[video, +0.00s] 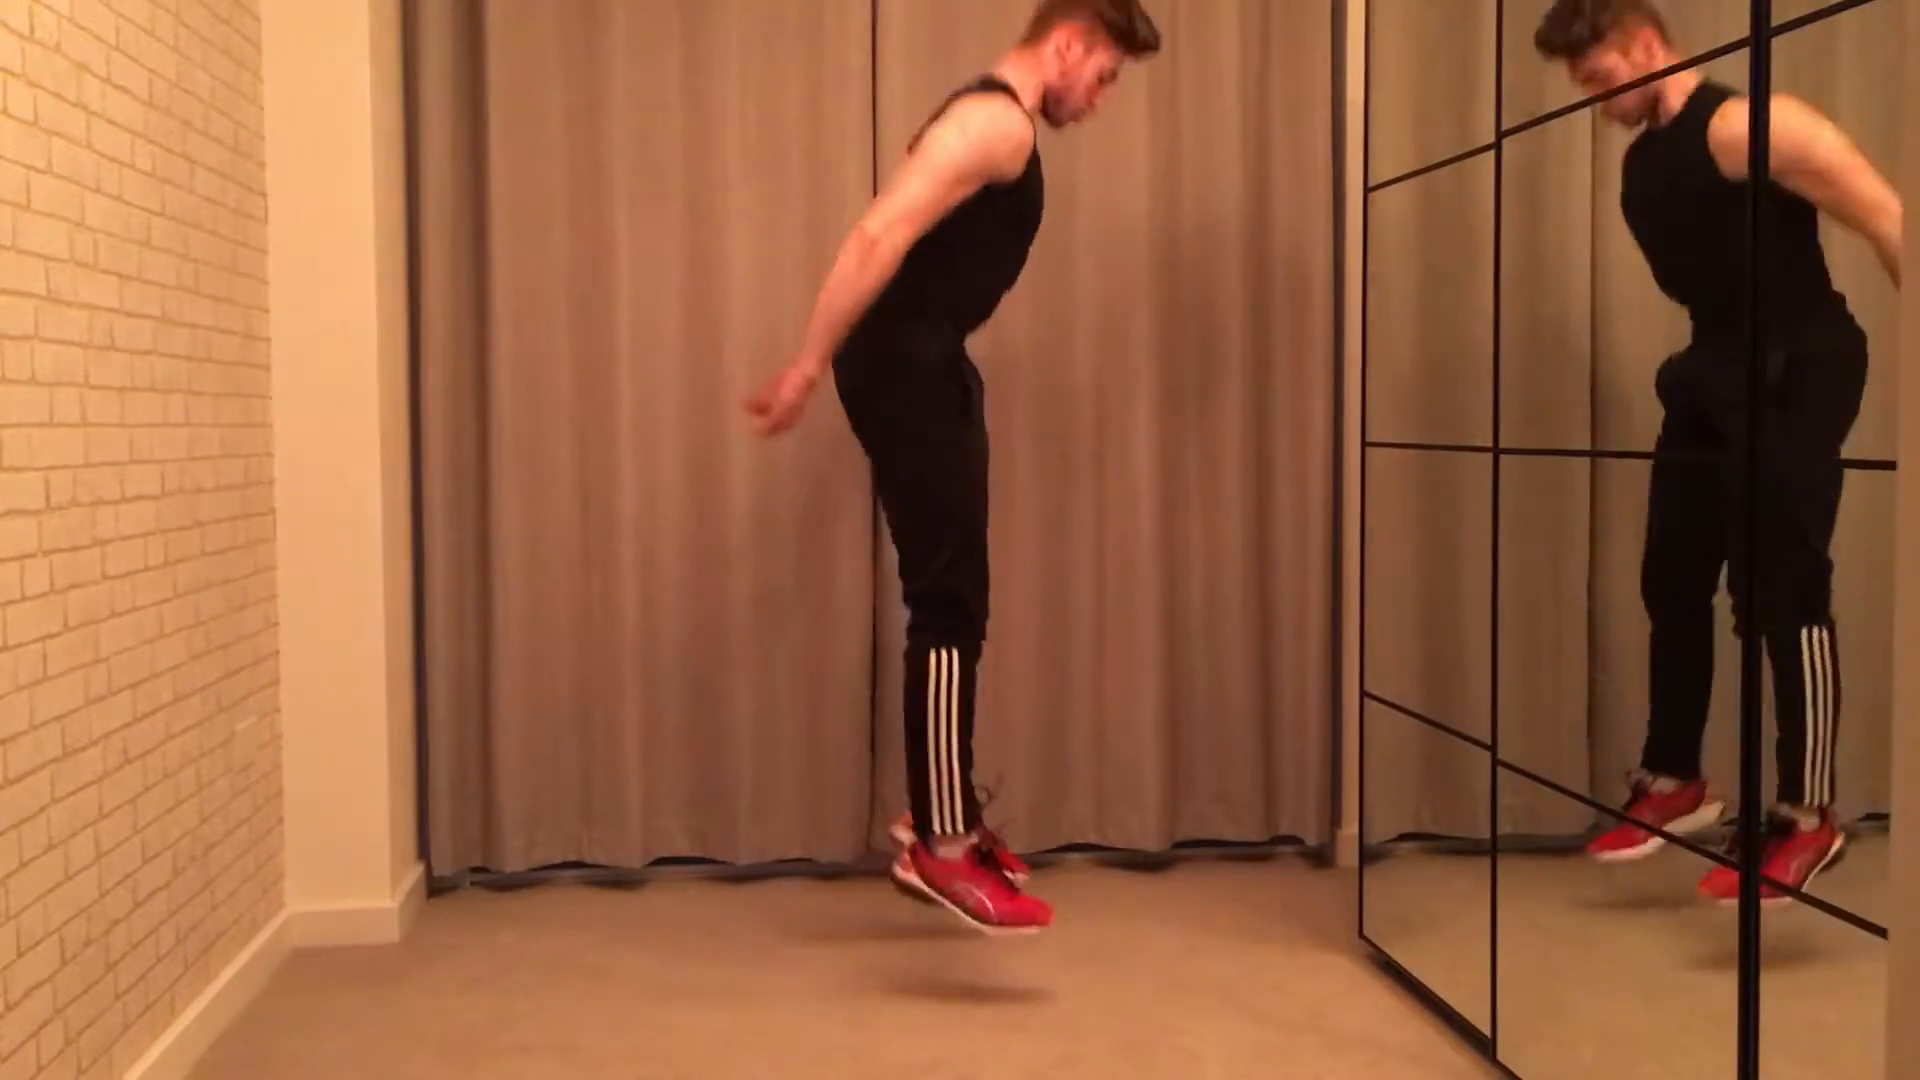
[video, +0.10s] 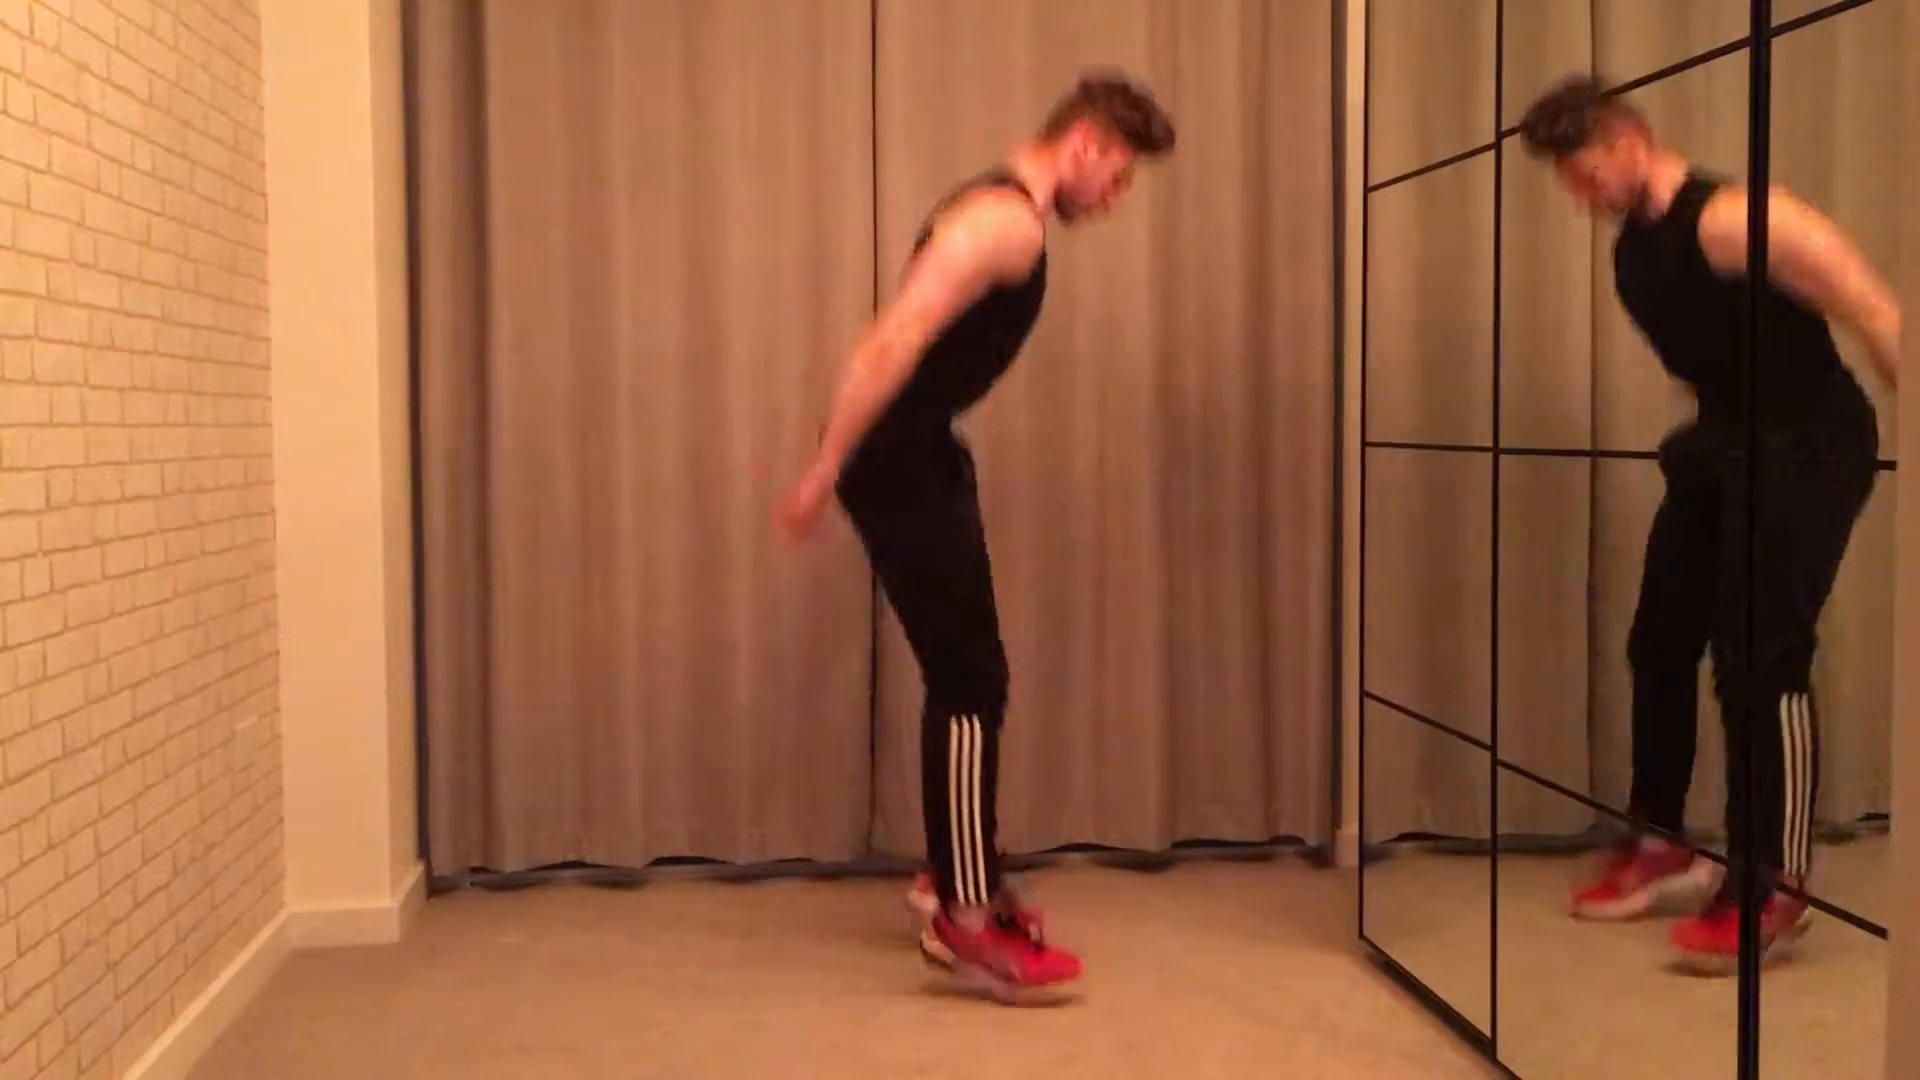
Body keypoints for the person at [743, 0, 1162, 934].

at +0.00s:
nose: (1104, 99)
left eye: (1113, 83)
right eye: (1108, 75)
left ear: (1063, 47)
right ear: (1068, 44)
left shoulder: (999, 118)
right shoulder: (993, 122)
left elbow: (887, 238)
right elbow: (878, 234)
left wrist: (814, 364)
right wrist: (807, 365)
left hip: (925, 371)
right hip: (908, 373)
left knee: (953, 604)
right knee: (948, 606)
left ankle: (951, 829)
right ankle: (938, 842)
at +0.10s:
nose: (1118, 194)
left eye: (1127, 176)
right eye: (1120, 170)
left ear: (1083, 146)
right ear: (1082, 143)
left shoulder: (1011, 214)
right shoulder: (1001, 223)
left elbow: (895, 343)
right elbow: (892, 346)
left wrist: (837, 462)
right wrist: (824, 470)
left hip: (918, 455)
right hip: (903, 460)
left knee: (969, 680)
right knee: (970, 682)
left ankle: (964, 895)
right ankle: (965, 915)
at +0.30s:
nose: (1145, 463)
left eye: (1152, 447)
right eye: (1147, 441)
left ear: (1104, 418)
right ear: (1108, 417)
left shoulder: (1013, 474)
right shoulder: (1019, 502)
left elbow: (925, 632)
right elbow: (932, 653)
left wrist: (869, 777)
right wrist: (873, 801)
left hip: (834, 629)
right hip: (840, 641)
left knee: (1028, 725)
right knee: (1051, 733)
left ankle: (947, 907)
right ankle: (973, 943)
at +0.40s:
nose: (1135, 556)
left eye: (1143, 538)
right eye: (1137, 535)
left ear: (1090, 510)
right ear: (1098, 513)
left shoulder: (999, 552)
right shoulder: (1013, 594)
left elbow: (909, 672)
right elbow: (941, 766)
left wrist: (879, 824)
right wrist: (896, 922)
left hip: (817, 705)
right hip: (823, 725)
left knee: (1035, 715)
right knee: (1059, 736)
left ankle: (947, 906)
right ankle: (974, 945)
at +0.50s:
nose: (1106, 594)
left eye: (1115, 577)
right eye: (1108, 573)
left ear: (1061, 554)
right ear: (1066, 555)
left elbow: (882, 719)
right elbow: (926, 818)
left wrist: (856, 869)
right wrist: (877, 981)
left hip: (812, 787)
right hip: (832, 805)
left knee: (1036, 712)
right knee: (1059, 740)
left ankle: (943, 908)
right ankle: (971, 949)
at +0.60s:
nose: (1036, 588)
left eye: (1040, 571)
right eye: (1033, 568)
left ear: (984, 552)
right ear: (987, 553)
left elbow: (846, 762)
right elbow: (894, 840)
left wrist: (843, 897)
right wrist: (859, 1001)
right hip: (863, 871)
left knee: (1035, 707)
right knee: (1059, 731)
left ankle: (940, 905)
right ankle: (983, 942)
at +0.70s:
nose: (908, 585)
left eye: (908, 565)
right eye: (899, 565)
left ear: (846, 566)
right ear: (850, 566)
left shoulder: (808, 637)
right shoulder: (841, 668)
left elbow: (822, 801)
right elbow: (842, 849)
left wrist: (831, 912)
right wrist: (851, 1006)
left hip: (873, 872)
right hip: (897, 898)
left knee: (1013, 674)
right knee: (1029, 693)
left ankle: (999, 888)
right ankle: (1049, 912)